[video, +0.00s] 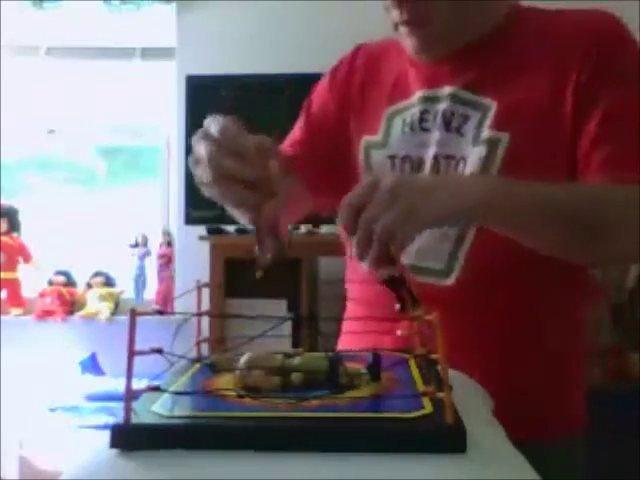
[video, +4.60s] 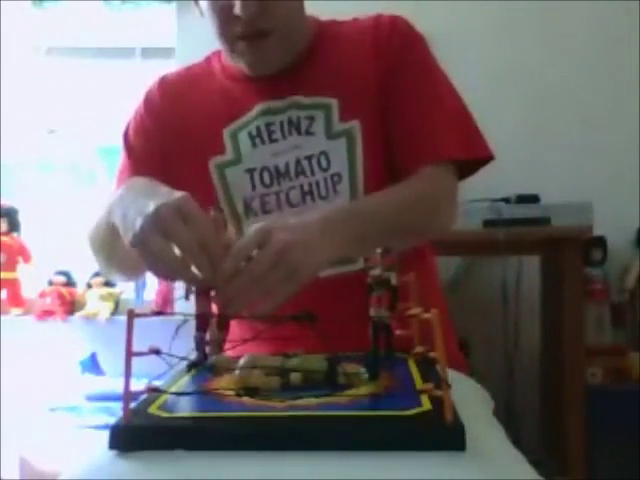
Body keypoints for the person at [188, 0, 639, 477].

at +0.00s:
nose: (397, 4)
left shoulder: (590, 46)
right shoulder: (360, 73)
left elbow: (621, 224)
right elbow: (274, 206)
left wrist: (461, 195)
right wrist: (231, 169)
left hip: (524, 428)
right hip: (366, 421)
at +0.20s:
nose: (336, 13)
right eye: (321, 0)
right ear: (307, 2)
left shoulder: (519, 45)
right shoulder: (290, 83)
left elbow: (591, 215)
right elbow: (242, 253)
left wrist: (445, 160)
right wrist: (200, 212)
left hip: (495, 425)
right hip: (338, 427)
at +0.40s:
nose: (287, 17)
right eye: (268, 0)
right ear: (254, 4)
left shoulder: (463, 40)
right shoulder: (234, 90)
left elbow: (545, 205)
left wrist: (423, 164)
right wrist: (164, 228)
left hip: (456, 394)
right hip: (302, 404)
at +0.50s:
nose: (274, 16)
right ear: (240, 2)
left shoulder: (445, 44)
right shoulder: (215, 93)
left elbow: (528, 200)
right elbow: (148, 237)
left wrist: (431, 188)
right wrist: (152, 227)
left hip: (446, 392)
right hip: (289, 407)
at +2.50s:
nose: (272, 10)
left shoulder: (408, 48)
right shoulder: (184, 98)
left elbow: (481, 201)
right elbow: (124, 260)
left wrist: (386, 178)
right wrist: (138, 221)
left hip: (420, 374)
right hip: (265, 386)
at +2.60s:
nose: (273, 10)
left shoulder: (405, 47)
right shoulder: (184, 97)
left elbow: (468, 201)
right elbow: (130, 267)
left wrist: (358, 197)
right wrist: (127, 213)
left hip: (418, 371)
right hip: (265, 384)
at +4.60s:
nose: (240, 11)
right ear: (199, 5)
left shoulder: (384, 47)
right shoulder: (169, 103)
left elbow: (437, 202)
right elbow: (116, 258)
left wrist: (319, 236)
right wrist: (129, 202)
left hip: (399, 367)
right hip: (249, 377)